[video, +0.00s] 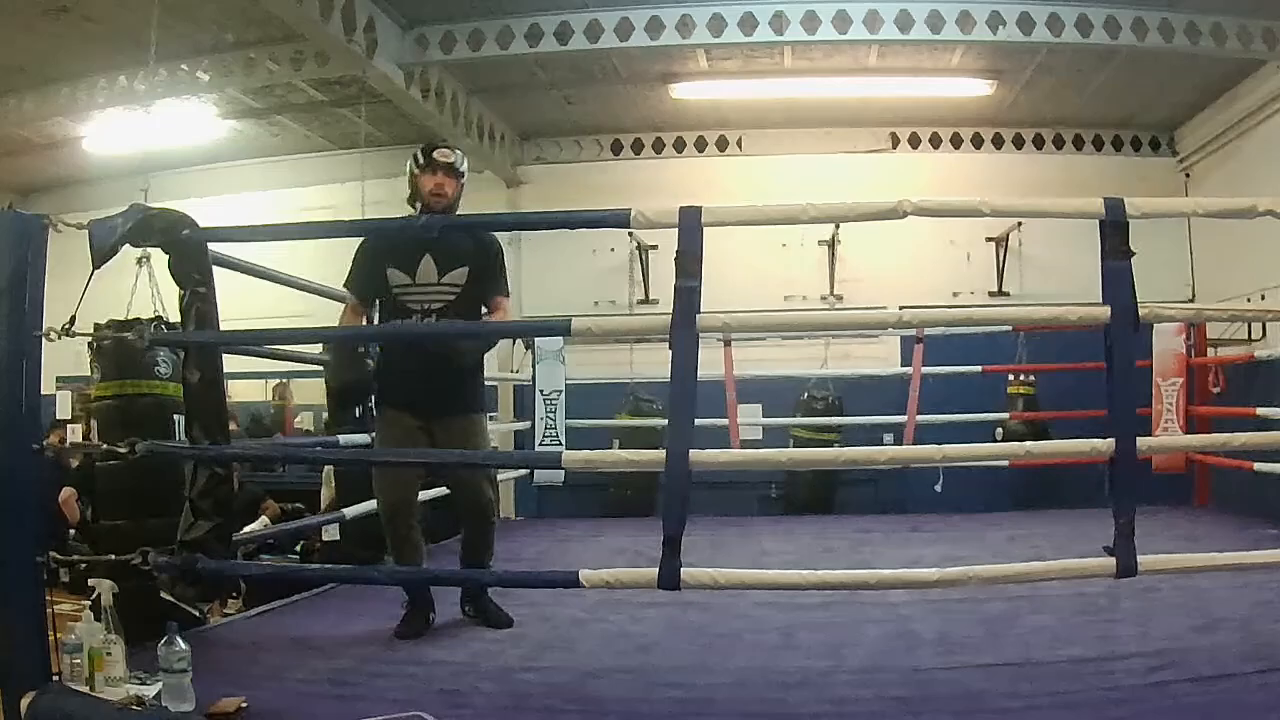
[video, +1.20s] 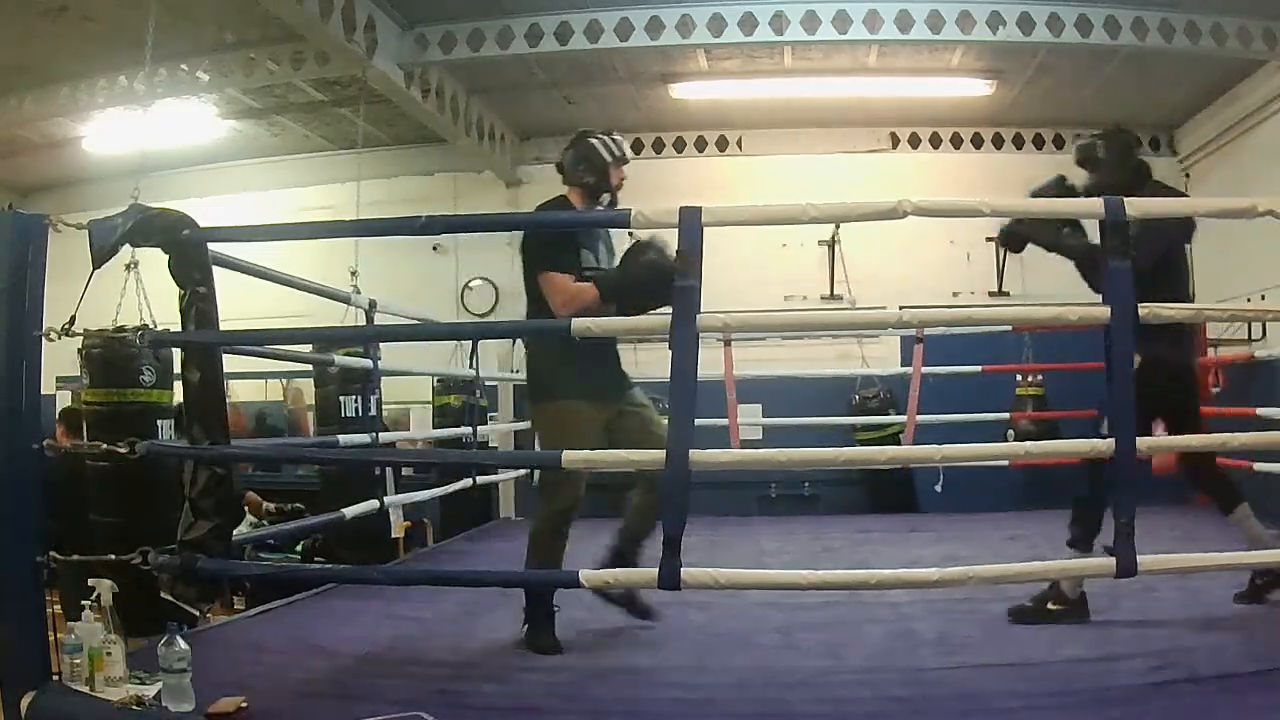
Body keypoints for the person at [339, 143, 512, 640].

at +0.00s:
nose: (439, 181)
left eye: (448, 174)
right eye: (430, 171)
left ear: (460, 185)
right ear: (413, 180)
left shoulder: (481, 244)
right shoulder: (380, 242)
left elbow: (501, 314)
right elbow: (353, 313)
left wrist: (472, 342)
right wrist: (348, 362)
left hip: (461, 400)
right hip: (398, 399)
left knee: (480, 502)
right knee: (396, 505)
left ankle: (475, 594)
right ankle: (418, 602)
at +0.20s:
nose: (472, 161)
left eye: (476, 155)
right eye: (464, 150)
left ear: (477, 164)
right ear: (436, 151)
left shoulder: (482, 220)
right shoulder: (391, 207)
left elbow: (501, 297)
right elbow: (361, 282)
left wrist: (490, 302)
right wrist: (407, 308)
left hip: (469, 371)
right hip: (409, 371)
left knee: (478, 477)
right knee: (406, 484)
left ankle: (468, 587)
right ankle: (409, 594)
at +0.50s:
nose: (499, 176)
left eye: (499, 169)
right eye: (491, 166)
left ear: (485, 177)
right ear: (464, 167)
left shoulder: (483, 235)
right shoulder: (432, 224)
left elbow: (477, 303)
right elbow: (408, 298)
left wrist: (513, 305)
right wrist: (475, 312)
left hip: (487, 384)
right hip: (444, 385)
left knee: (490, 489)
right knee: (444, 489)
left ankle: (469, 600)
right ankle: (409, 599)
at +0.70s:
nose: (527, 199)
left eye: (530, 190)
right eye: (525, 189)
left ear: (498, 181)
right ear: (507, 182)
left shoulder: (499, 233)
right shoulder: (457, 224)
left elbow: (517, 309)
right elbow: (482, 293)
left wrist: (553, 274)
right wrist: (532, 260)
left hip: (498, 381)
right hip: (467, 380)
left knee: (495, 483)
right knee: (494, 480)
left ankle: (470, 596)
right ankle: (455, 595)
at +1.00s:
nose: (579, 193)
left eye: (580, 183)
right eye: (576, 183)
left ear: (545, 181)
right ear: (554, 181)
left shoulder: (551, 234)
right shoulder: (504, 227)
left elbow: (574, 304)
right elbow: (538, 299)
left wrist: (616, 266)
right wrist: (593, 262)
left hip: (557, 387)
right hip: (523, 388)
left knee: (549, 496)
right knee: (541, 497)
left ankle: (482, 582)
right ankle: (538, 619)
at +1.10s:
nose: (600, 183)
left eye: (600, 173)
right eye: (595, 173)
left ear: (561, 176)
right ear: (570, 176)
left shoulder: (570, 228)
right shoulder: (527, 223)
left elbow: (570, 295)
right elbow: (539, 302)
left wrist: (616, 284)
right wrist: (605, 289)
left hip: (581, 383)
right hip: (542, 385)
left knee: (617, 483)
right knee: (551, 499)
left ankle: (530, 560)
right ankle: (539, 620)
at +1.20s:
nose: (625, 180)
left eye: (624, 170)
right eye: (620, 171)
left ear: (591, 173)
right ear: (597, 172)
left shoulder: (599, 225)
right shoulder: (550, 220)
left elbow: (608, 300)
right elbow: (563, 299)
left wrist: (648, 278)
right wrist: (631, 280)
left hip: (607, 382)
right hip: (562, 386)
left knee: (666, 462)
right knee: (560, 498)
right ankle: (538, 617)